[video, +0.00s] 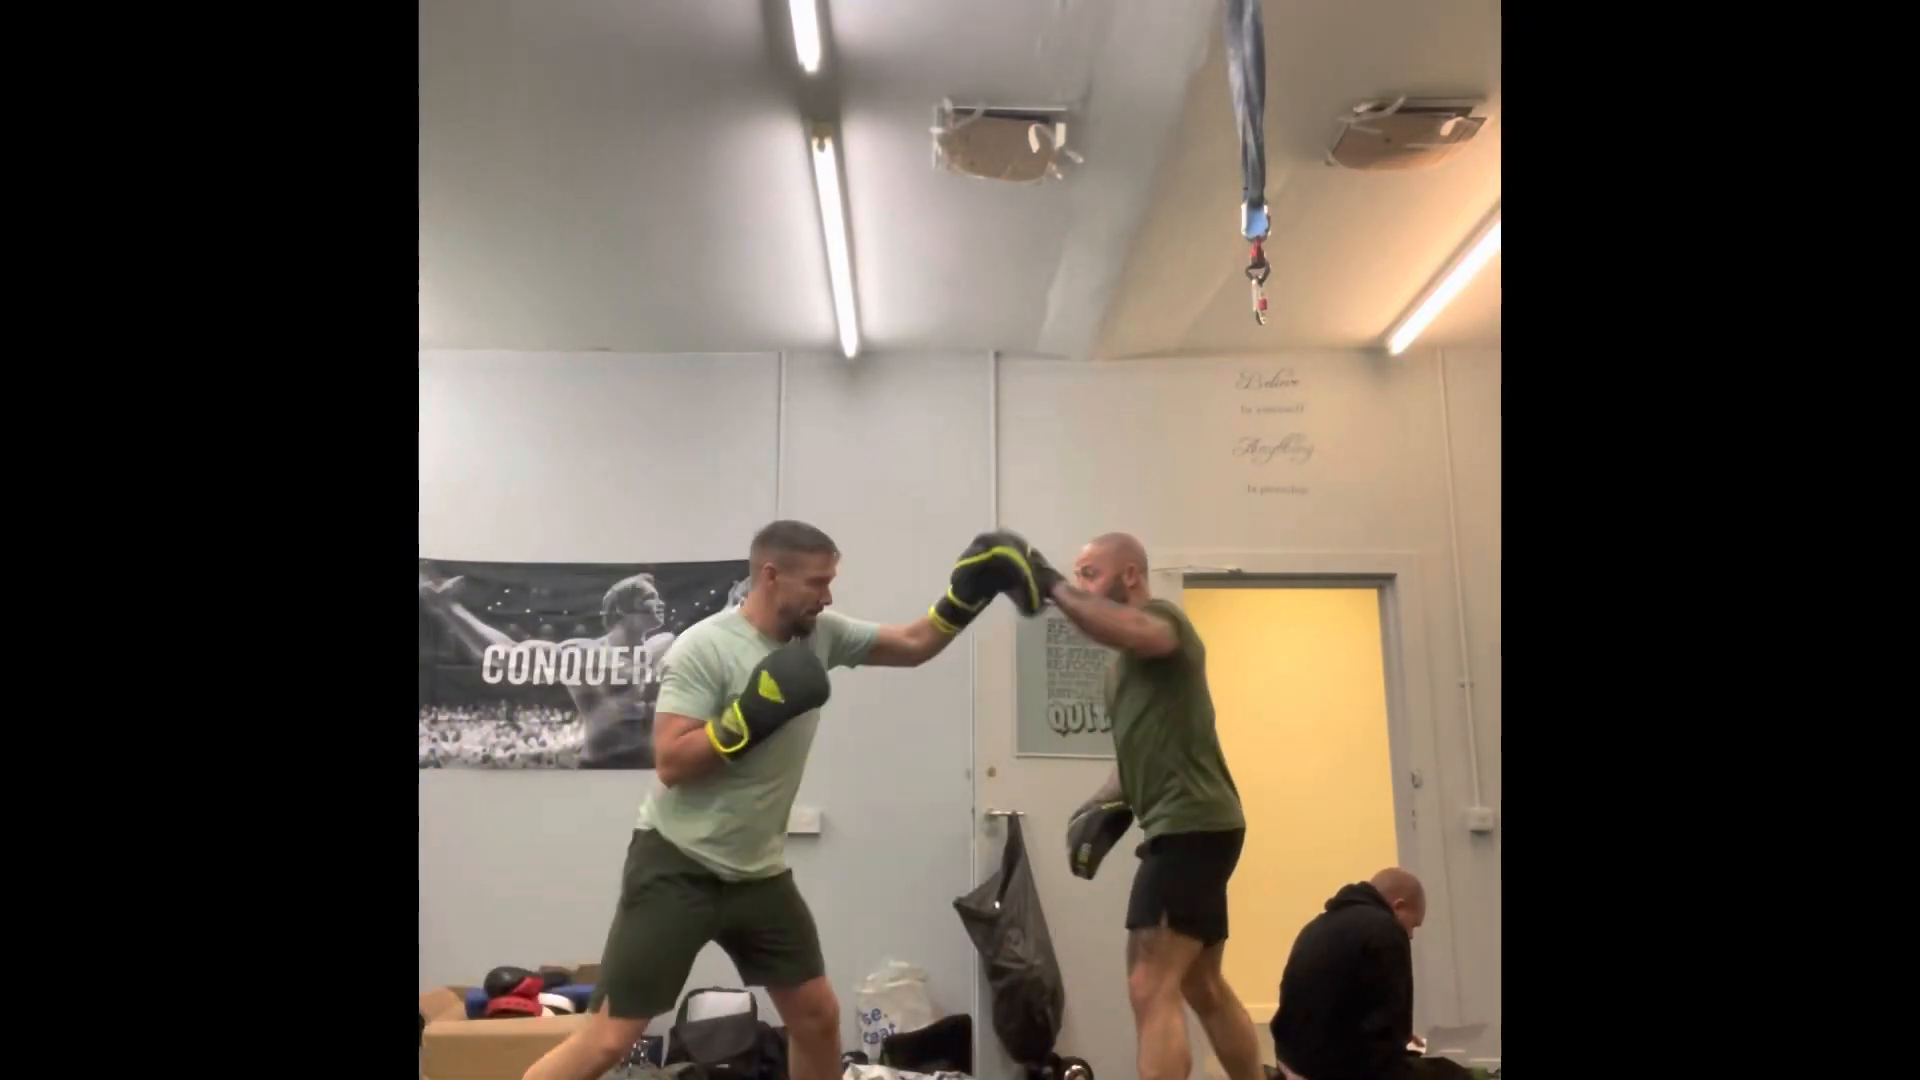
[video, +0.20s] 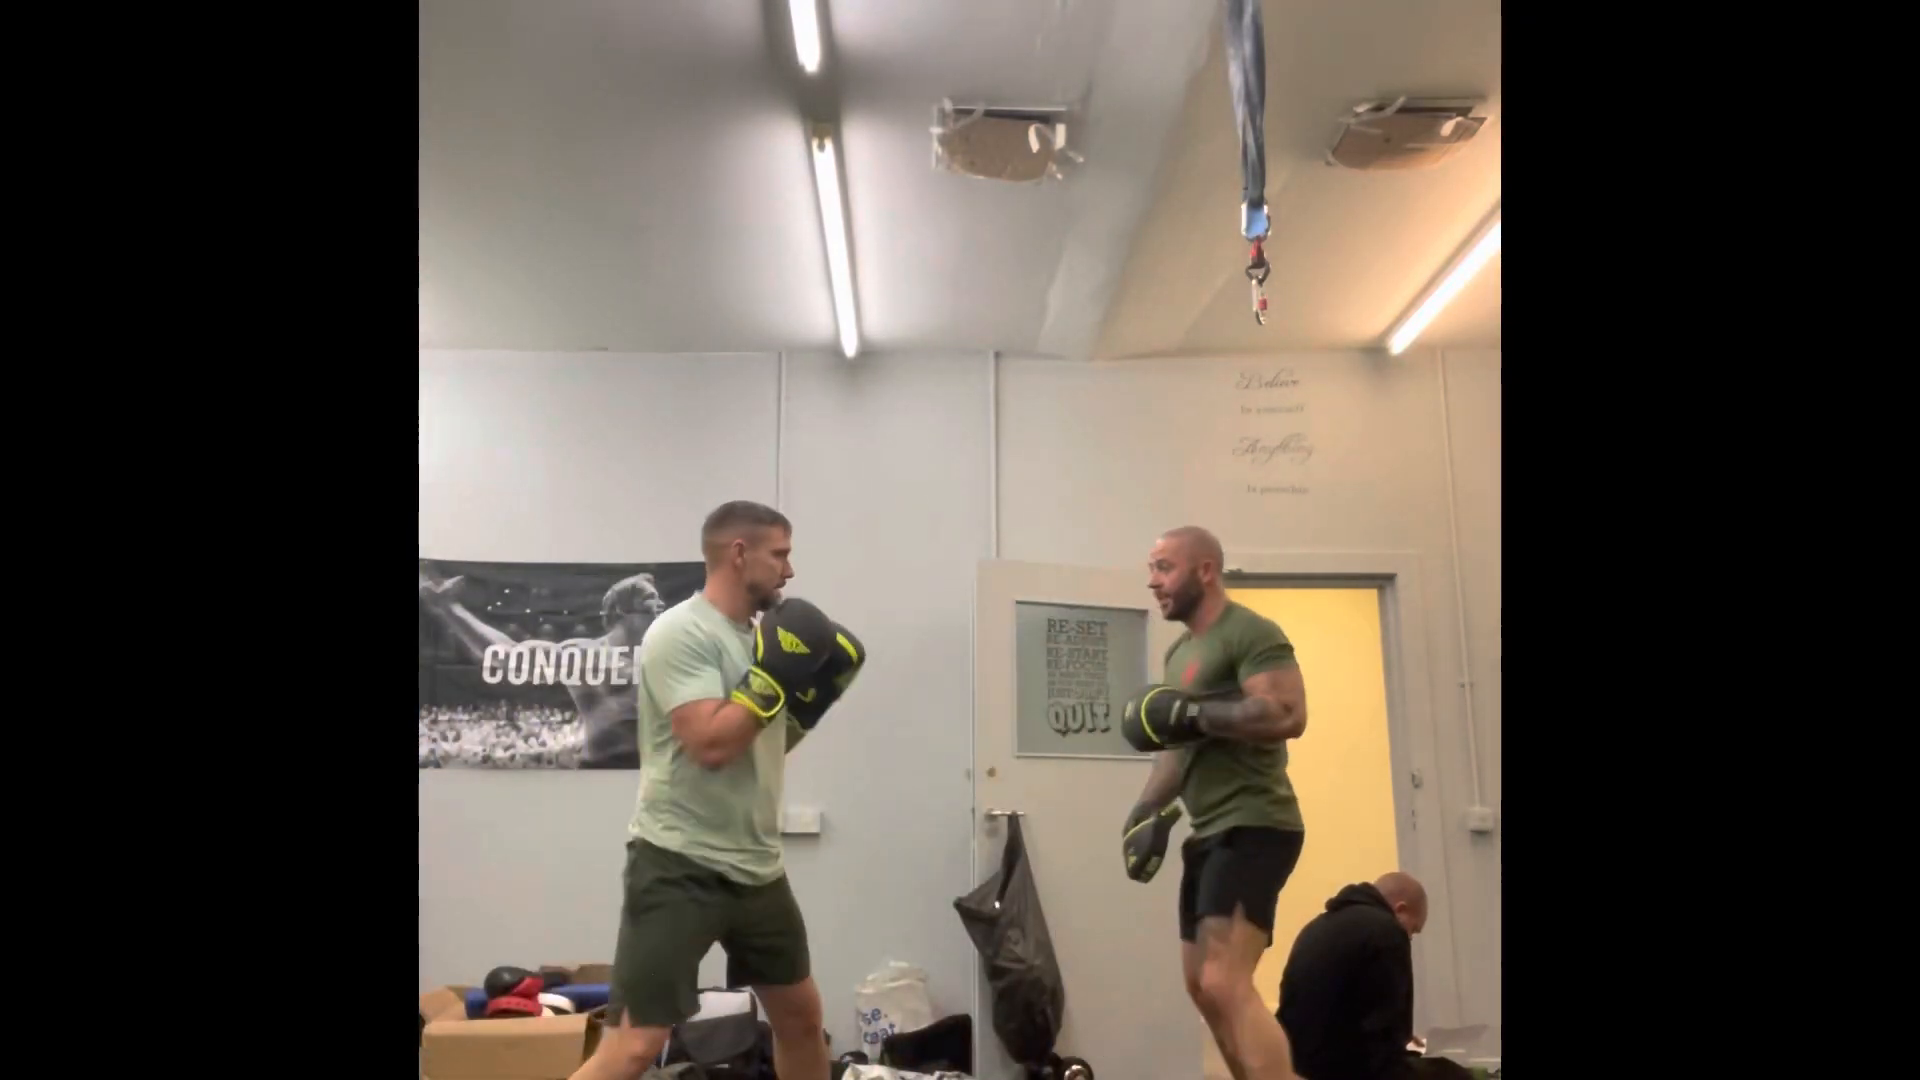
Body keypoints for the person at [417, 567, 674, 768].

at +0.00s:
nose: (661, 609)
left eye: (660, 602)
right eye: (650, 603)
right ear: (623, 612)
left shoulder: (659, 650)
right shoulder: (579, 653)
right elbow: (508, 653)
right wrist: (448, 608)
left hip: (653, 762)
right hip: (600, 763)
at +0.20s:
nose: (661, 608)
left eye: (659, 601)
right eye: (650, 602)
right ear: (622, 613)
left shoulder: (661, 650)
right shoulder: (579, 653)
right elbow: (509, 653)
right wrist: (448, 608)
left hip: (656, 765)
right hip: (604, 767)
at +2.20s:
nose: (662, 607)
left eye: (660, 601)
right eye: (652, 601)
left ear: (651, 610)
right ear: (624, 613)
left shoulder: (665, 647)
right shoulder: (579, 655)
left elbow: (708, 634)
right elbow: (505, 652)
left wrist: (736, 605)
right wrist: (448, 608)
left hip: (652, 772)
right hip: (600, 774)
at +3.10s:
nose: (660, 617)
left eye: (661, 609)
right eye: (650, 609)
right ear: (621, 615)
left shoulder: (661, 652)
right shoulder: (582, 656)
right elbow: (508, 653)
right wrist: (447, 608)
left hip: (659, 770)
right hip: (605, 771)